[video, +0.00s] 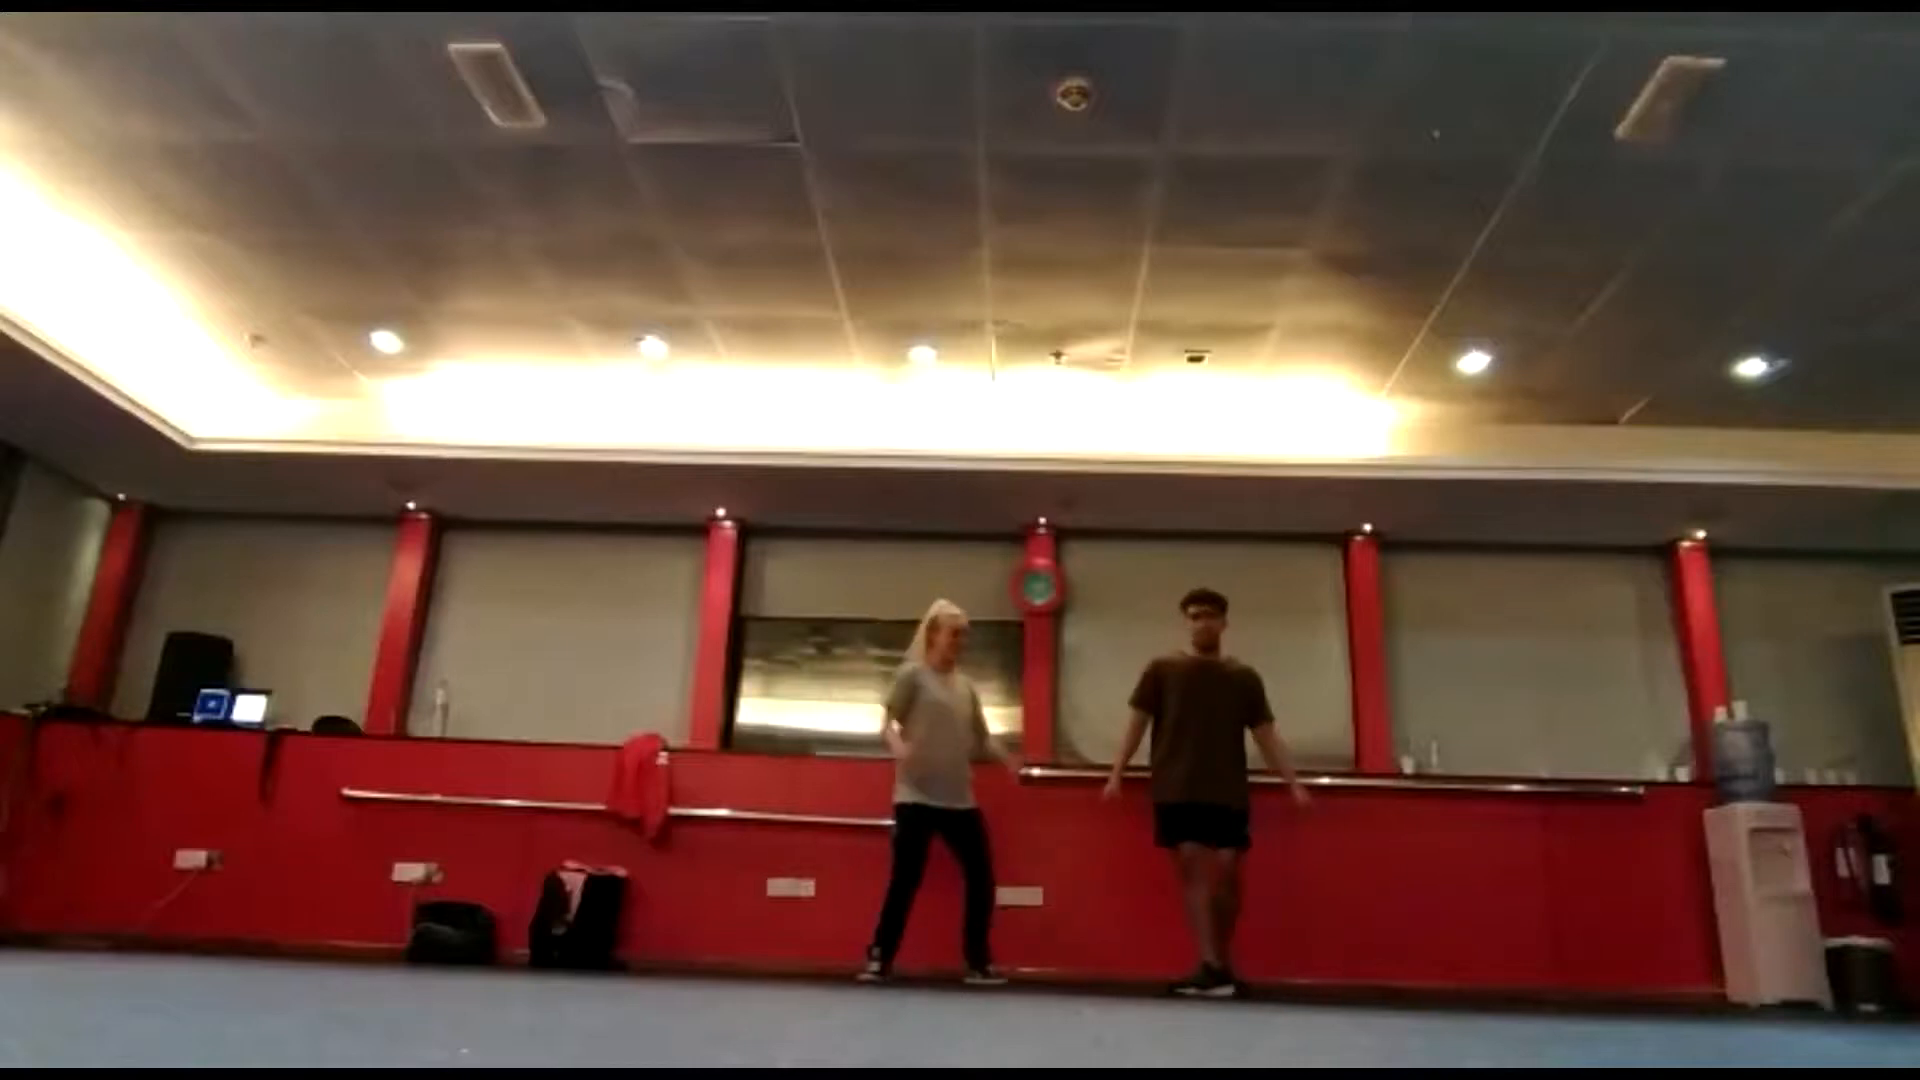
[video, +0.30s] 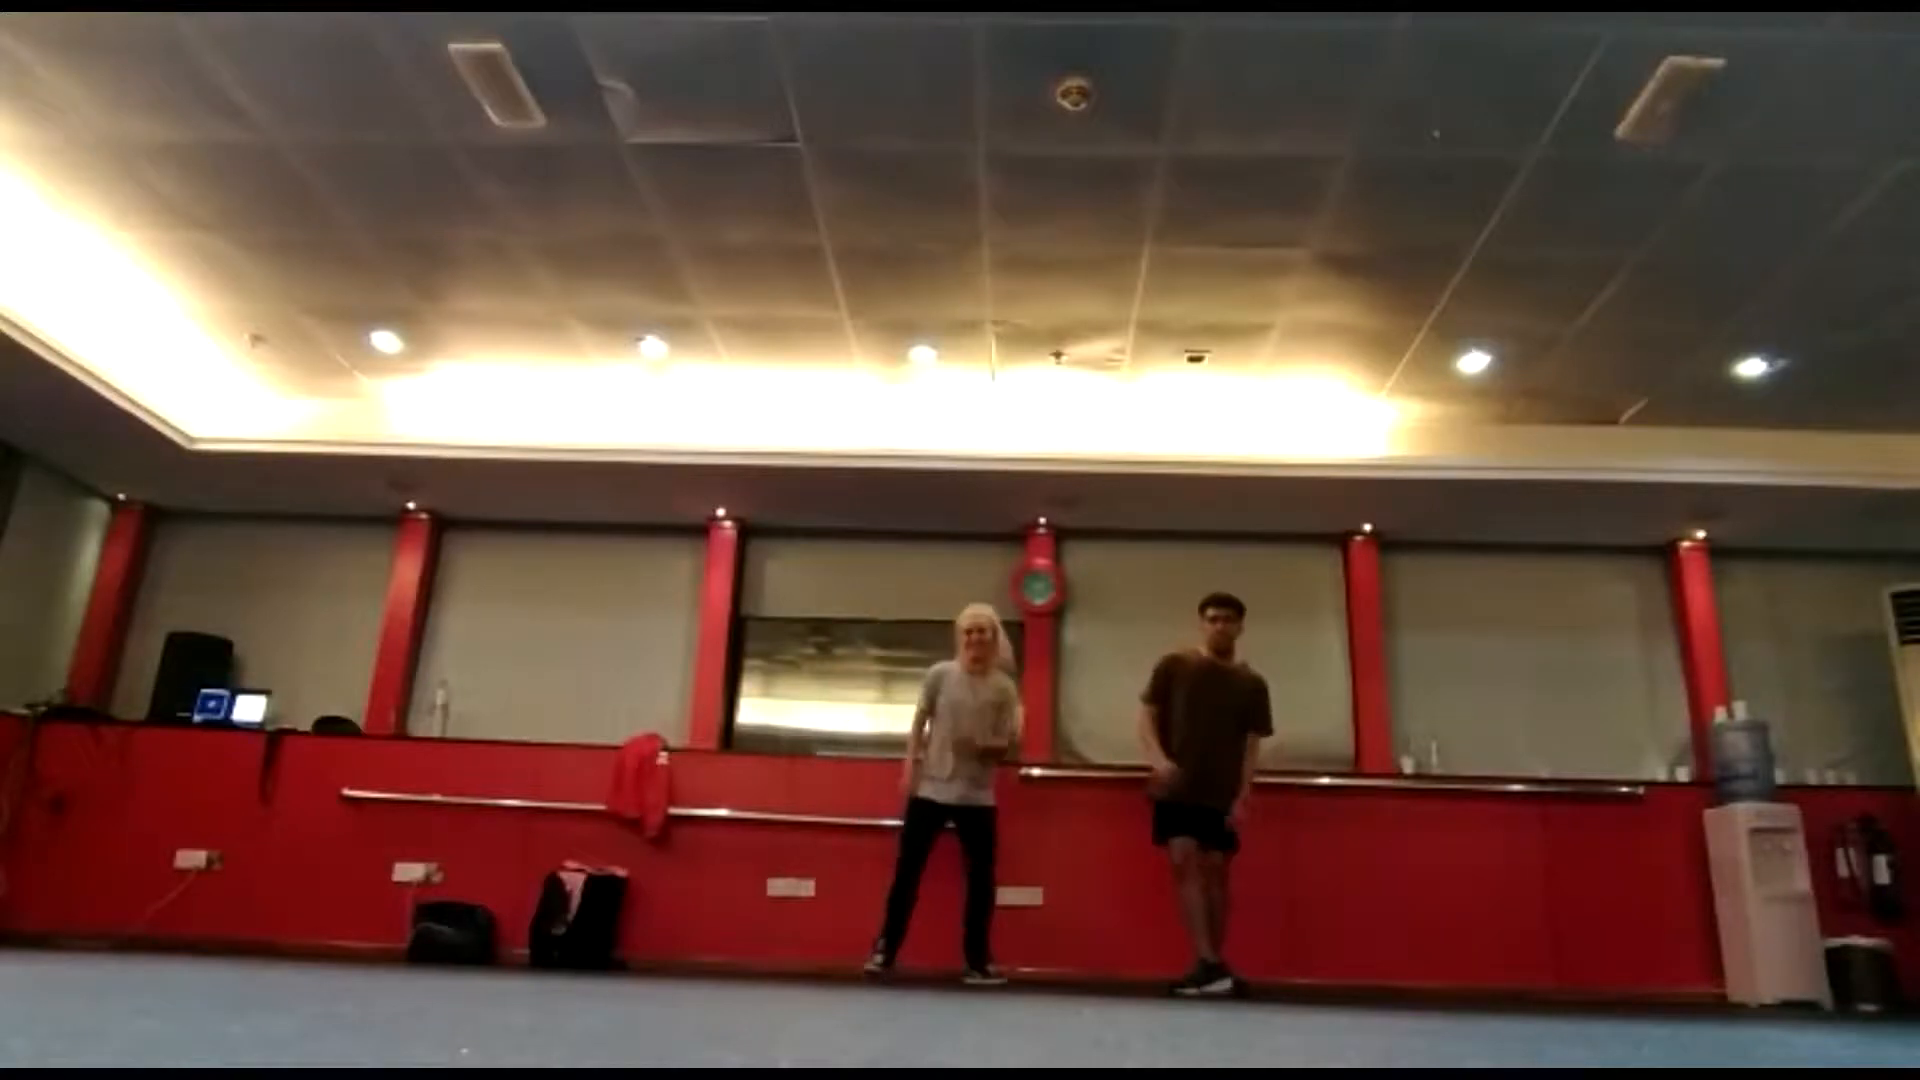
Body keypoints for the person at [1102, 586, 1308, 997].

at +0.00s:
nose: (1203, 624)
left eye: (1211, 617)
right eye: (1196, 617)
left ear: (1223, 622)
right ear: (1185, 622)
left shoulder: (1242, 678)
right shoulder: (1162, 672)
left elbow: (1266, 735)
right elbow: (1136, 725)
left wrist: (1293, 782)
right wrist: (1116, 773)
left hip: (1226, 791)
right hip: (1176, 790)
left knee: (1225, 873)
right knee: (1190, 868)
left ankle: (1219, 962)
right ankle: (1209, 964)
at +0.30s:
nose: (1220, 627)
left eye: (1228, 620)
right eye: (1213, 620)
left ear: (1240, 626)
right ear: (1202, 624)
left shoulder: (1251, 684)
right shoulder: (1173, 668)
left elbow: (1252, 746)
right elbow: (1147, 717)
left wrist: (1244, 796)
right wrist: (1159, 760)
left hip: (1221, 791)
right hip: (1177, 785)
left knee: (1215, 870)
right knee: (1184, 863)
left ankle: (1215, 960)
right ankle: (1204, 959)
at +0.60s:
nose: (1202, 628)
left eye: (1210, 621)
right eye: (1195, 621)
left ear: (1223, 626)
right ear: (1184, 627)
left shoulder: (1246, 682)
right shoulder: (1165, 675)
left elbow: (1267, 737)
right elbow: (1145, 727)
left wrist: (1280, 786)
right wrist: (1135, 776)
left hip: (1223, 792)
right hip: (1173, 788)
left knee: (1215, 871)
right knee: (1171, 860)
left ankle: (1211, 966)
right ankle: (1164, 961)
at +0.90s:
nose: (1161, 623)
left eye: (1168, 614)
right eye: (1153, 616)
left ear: (1181, 618)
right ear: (1142, 621)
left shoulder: (1213, 664)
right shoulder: (1134, 676)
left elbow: (1246, 715)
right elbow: (1115, 730)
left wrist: (1262, 770)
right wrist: (1108, 783)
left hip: (1212, 784)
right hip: (1162, 786)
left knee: (1218, 867)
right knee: (1161, 865)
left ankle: (1215, 958)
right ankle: (1162, 962)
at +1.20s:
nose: (1152, 624)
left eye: (1159, 616)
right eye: (1145, 617)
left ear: (1169, 616)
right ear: (1131, 618)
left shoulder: (1191, 661)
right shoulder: (1111, 669)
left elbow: (1226, 693)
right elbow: (1081, 716)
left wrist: (1244, 727)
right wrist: (1092, 762)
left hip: (1199, 777)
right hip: (1146, 782)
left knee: (1218, 857)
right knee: (1153, 866)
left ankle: (1228, 964)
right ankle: (1159, 965)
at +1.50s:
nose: (1159, 621)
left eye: (1166, 614)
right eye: (1152, 614)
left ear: (1177, 614)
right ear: (1138, 614)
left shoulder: (1189, 664)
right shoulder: (1114, 659)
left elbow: (1190, 722)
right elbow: (1093, 715)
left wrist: (1213, 760)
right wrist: (1131, 735)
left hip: (1187, 770)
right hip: (1140, 777)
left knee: (1203, 836)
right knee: (1152, 862)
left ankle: (1221, 948)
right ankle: (1158, 963)